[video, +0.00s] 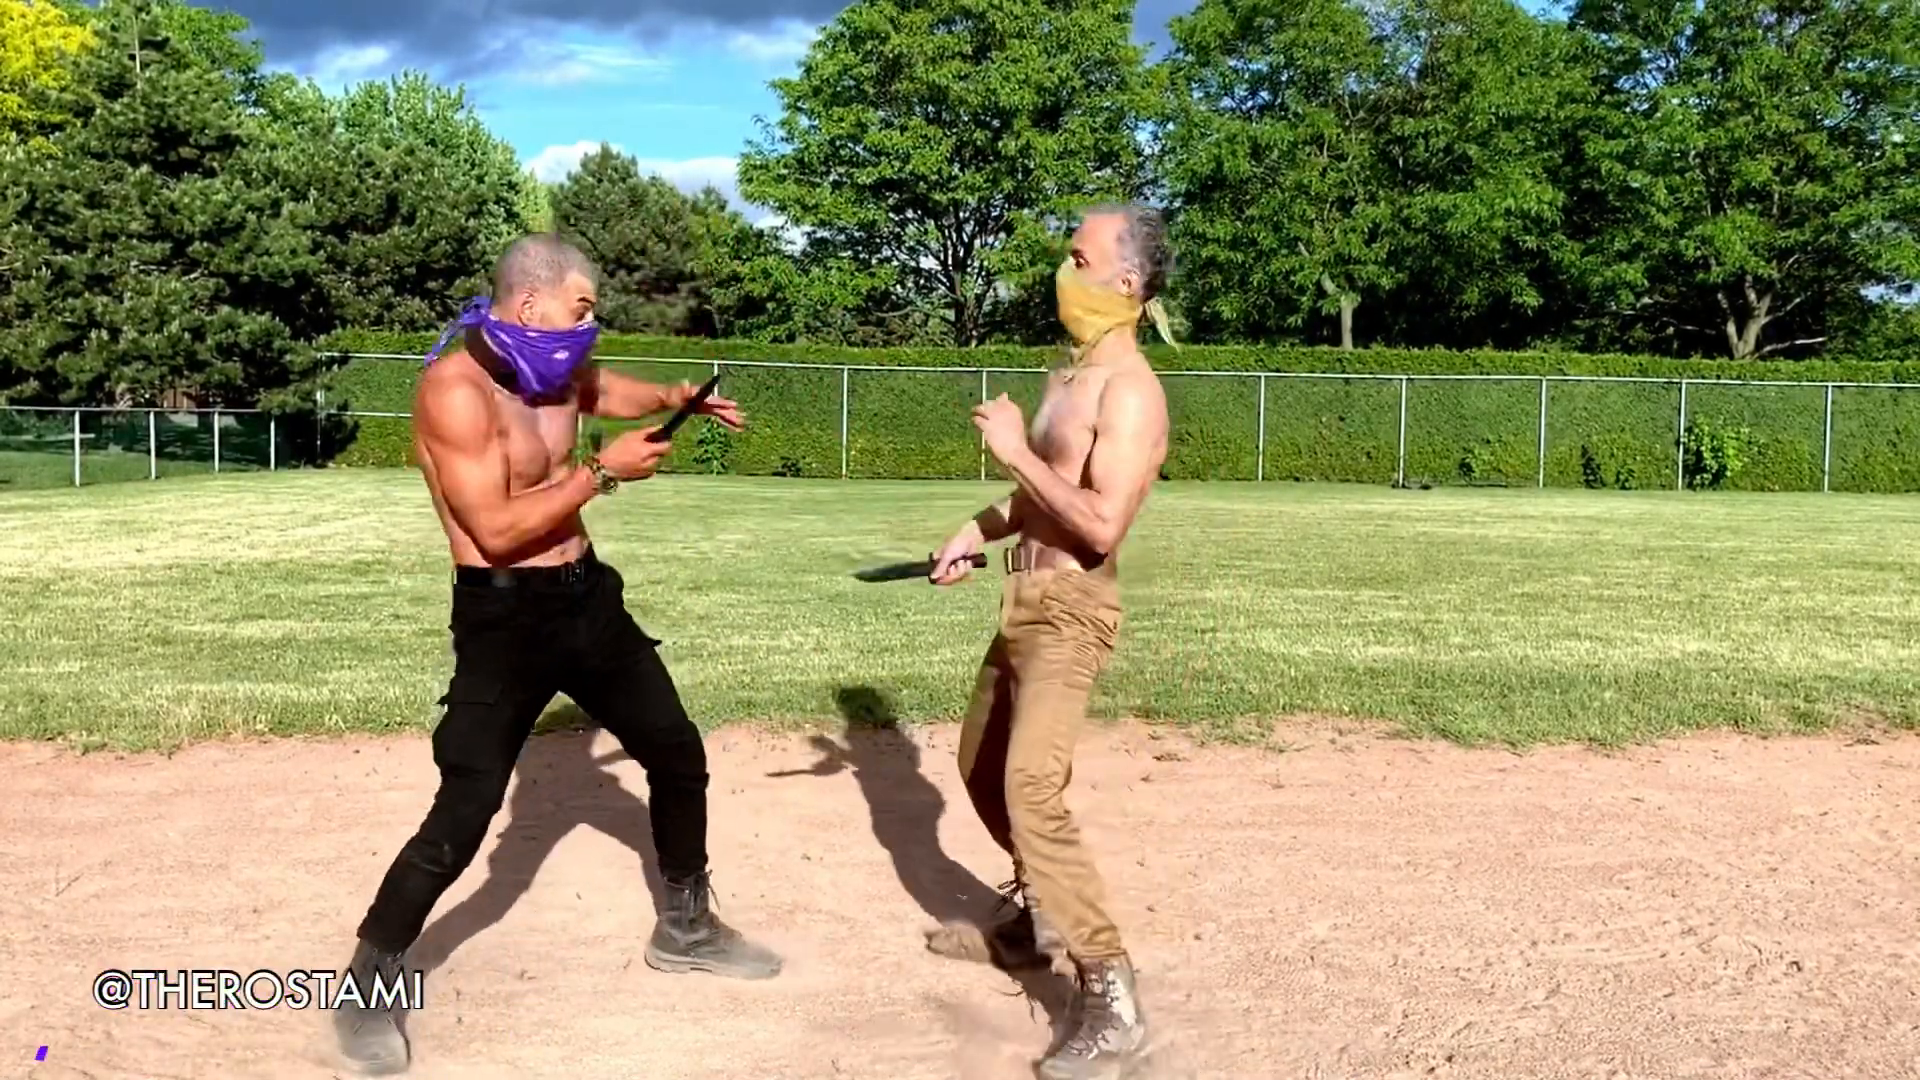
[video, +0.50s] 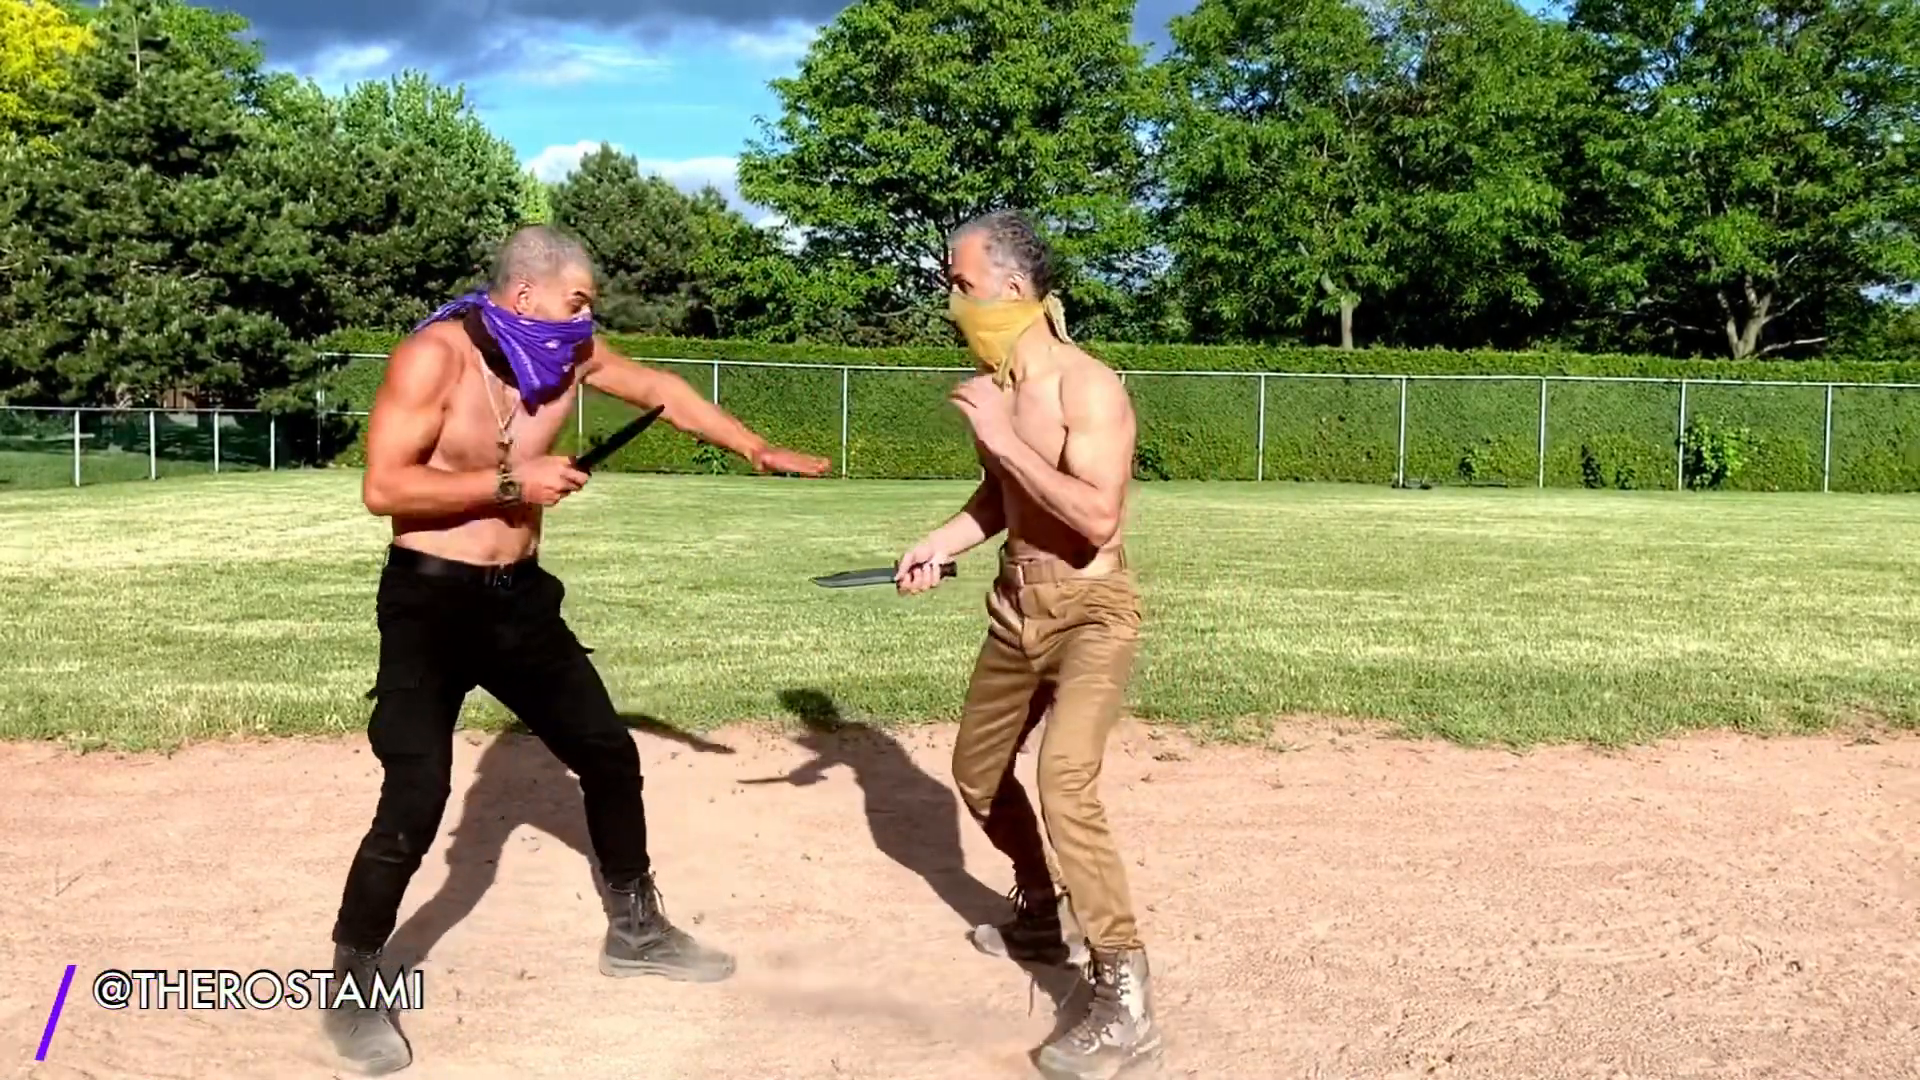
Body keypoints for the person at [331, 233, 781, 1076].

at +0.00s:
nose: (586, 327)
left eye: (588, 315)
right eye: (578, 312)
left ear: (537, 302)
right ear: (526, 303)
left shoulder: (552, 361)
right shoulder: (453, 388)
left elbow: (602, 392)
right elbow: (497, 534)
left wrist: (678, 398)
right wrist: (601, 470)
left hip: (586, 603)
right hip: (503, 620)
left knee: (679, 757)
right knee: (461, 820)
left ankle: (687, 924)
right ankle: (366, 986)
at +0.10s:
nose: (560, 375)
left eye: (565, 357)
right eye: (554, 355)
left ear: (518, 328)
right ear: (505, 331)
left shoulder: (501, 378)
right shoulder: (431, 413)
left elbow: (568, 439)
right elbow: (494, 548)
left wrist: (600, 346)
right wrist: (579, 476)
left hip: (557, 608)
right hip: (480, 629)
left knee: (673, 743)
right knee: (458, 831)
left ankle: (686, 919)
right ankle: (365, 988)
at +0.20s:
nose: (546, 348)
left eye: (549, 333)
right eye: (540, 331)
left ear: (497, 317)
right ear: (495, 319)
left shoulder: (493, 369)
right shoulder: (424, 409)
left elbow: (579, 423)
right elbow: (502, 537)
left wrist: (579, 323)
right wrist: (577, 450)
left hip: (541, 607)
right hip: (468, 627)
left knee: (663, 737)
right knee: (458, 828)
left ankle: (657, 917)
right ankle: (360, 990)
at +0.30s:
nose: (542, 335)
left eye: (547, 322)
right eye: (538, 319)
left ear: (507, 305)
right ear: (492, 303)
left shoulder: (505, 360)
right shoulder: (424, 389)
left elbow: (577, 422)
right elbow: (495, 520)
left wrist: (593, 335)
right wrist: (563, 432)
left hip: (539, 600)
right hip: (460, 616)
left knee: (637, 754)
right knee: (444, 822)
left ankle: (641, 923)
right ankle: (359, 988)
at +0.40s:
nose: (571, 323)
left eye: (575, 311)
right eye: (565, 305)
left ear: (525, 295)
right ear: (514, 292)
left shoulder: (530, 350)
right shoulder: (434, 366)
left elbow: (596, 420)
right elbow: (433, 523)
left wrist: (624, 341)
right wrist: (545, 455)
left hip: (529, 598)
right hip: (444, 607)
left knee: (618, 754)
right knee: (428, 809)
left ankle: (637, 925)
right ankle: (355, 985)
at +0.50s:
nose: (586, 321)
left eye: (589, 306)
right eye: (575, 304)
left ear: (559, 300)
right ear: (519, 293)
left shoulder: (568, 351)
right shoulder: (432, 355)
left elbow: (664, 393)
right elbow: (385, 488)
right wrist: (509, 482)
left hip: (521, 604)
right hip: (426, 606)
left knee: (609, 755)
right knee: (414, 804)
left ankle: (635, 925)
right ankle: (353, 986)